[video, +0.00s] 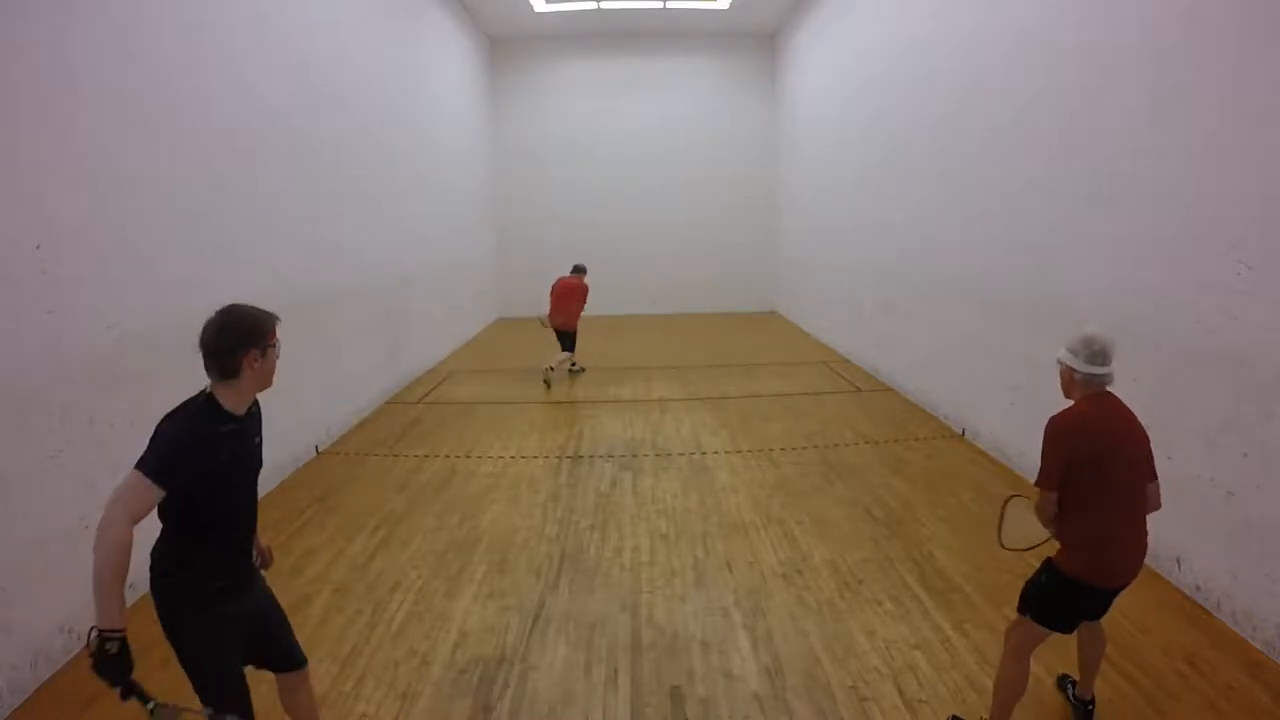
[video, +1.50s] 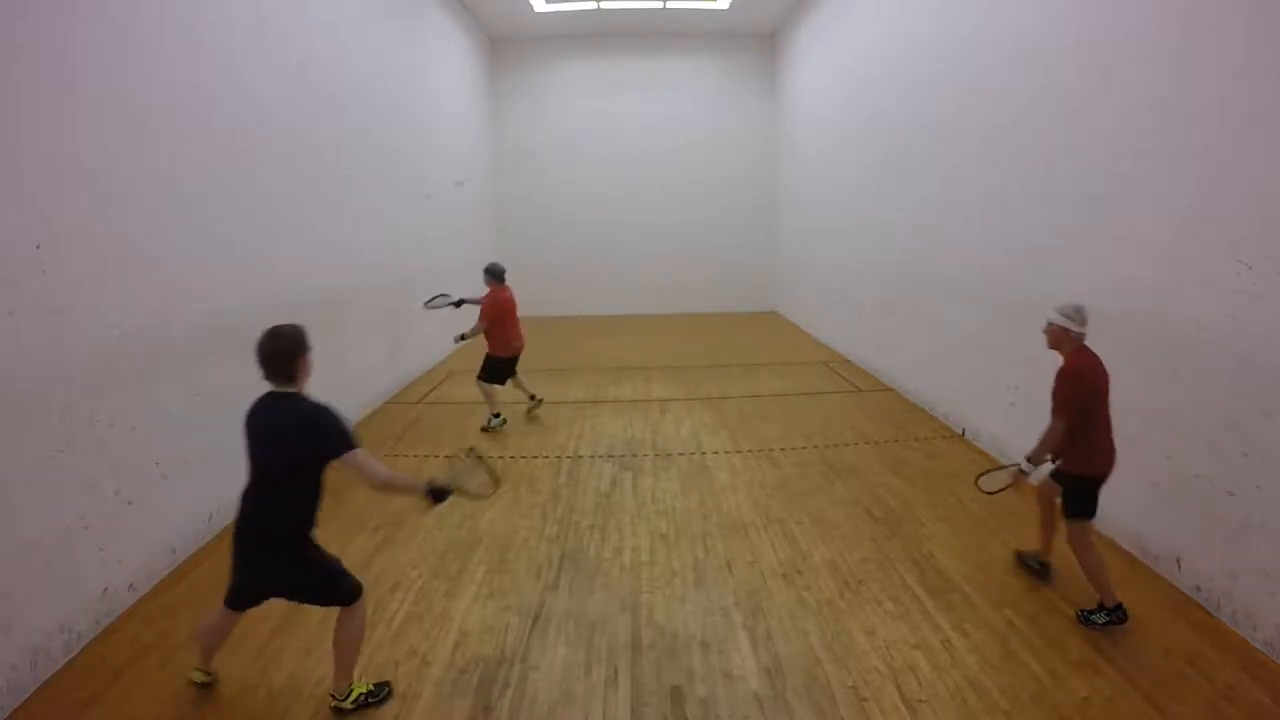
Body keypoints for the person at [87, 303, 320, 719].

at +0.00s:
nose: (278, 355)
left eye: (277, 347)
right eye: (274, 348)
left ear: (248, 362)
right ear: (253, 361)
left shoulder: (248, 411)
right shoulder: (185, 429)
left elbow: (230, 489)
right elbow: (116, 520)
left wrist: (251, 537)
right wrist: (110, 635)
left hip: (239, 572)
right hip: (190, 592)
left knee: (293, 669)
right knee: (232, 710)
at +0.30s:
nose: (255, 359)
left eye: (252, 349)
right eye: (246, 351)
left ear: (219, 362)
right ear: (216, 360)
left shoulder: (226, 408)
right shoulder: (167, 434)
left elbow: (210, 498)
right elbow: (122, 536)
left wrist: (233, 565)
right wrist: (182, 625)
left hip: (239, 574)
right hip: (195, 597)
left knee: (288, 669)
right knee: (249, 703)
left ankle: (307, 714)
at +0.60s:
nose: (220, 359)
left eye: (218, 348)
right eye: (208, 351)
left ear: (181, 361)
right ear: (173, 360)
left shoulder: (191, 407)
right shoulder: (148, 436)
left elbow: (187, 496)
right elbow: (116, 541)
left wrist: (210, 560)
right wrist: (179, 614)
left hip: (213, 564)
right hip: (177, 591)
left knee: (258, 641)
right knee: (219, 697)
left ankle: (258, 707)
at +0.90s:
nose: (211, 351)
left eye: (208, 343)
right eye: (205, 345)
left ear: (177, 357)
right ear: (186, 357)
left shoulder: (177, 405)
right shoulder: (162, 422)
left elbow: (175, 486)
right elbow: (129, 514)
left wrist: (208, 533)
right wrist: (161, 589)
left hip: (203, 550)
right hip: (190, 565)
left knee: (213, 636)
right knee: (232, 680)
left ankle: (210, 693)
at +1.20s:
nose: (217, 331)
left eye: (214, 323)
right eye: (214, 325)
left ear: (173, 337)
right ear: (204, 332)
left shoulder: (166, 385)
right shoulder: (199, 390)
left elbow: (177, 462)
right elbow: (200, 472)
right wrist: (244, 533)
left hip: (179, 519)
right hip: (206, 524)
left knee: (209, 592)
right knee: (281, 611)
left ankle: (195, 675)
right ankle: (285, 711)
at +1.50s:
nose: (310, 360)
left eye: (307, 353)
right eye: (308, 355)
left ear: (266, 366)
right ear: (304, 364)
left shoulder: (258, 412)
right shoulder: (317, 417)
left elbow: (269, 471)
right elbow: (377, 476)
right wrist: (427, 488)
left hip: (249, 541)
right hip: (290, 547)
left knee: (233, 606)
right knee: (352, 597)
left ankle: (201, 668)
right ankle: (343, 690)